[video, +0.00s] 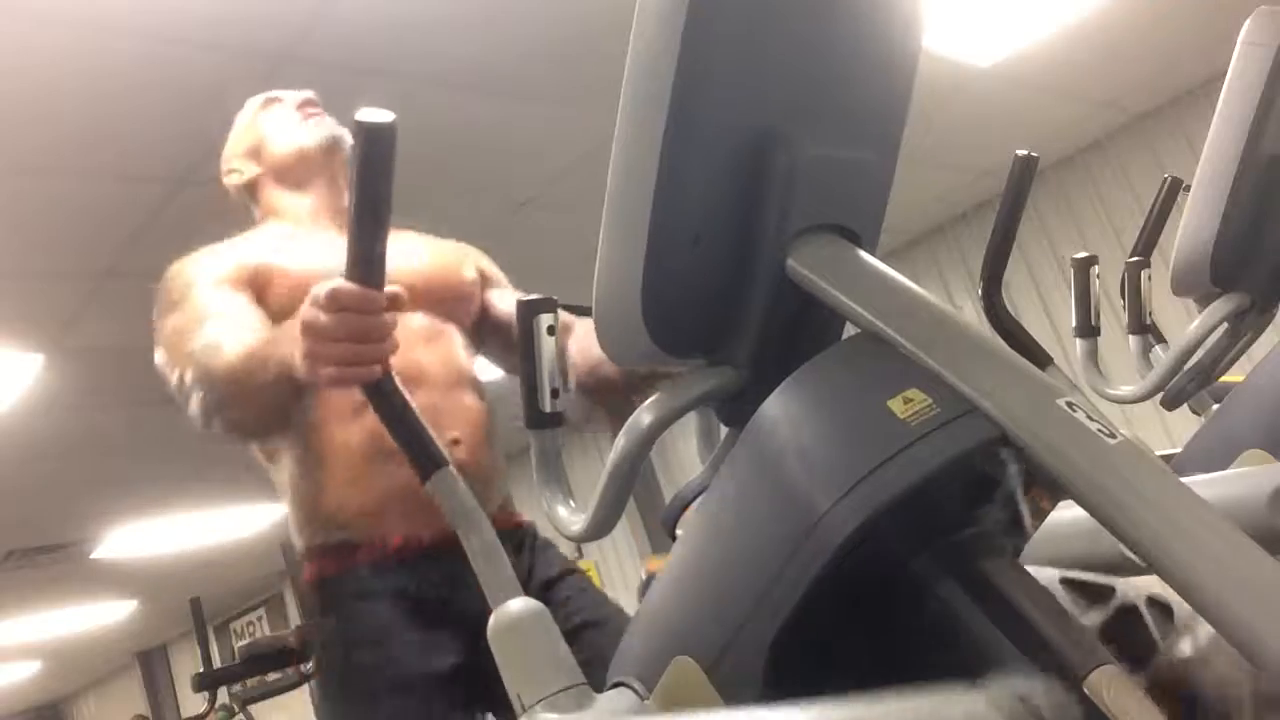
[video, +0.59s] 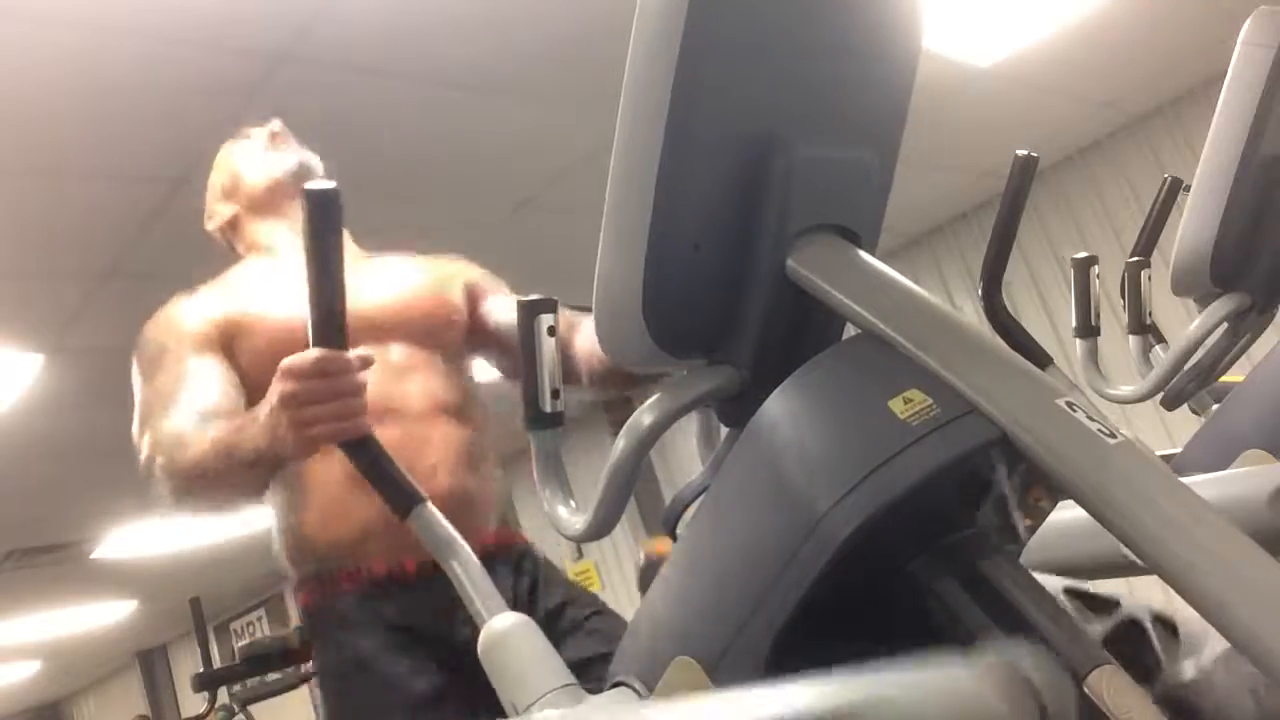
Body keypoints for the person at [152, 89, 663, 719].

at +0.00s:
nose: (310, 101)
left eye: (315, 101)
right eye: (277, 105)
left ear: (339, 151)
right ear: (240, 168)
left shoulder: (447, 257)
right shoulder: (213, 269)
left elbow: (564, 349)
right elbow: (225, 390)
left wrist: (675, 333)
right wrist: (298, 349)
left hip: (509, 555)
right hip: (370, 588)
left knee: (656, 693)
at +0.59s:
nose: (283, 131)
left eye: (292, 133)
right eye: (257, 138)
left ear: (323, 174)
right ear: (222, 209)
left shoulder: (438, 274)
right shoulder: (194, 318)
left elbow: (559, 339)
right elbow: (181, 462)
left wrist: (650, 343)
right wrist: (268, 430)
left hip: (509, 577)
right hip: (367, 615)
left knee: (667, 693)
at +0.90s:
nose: (300, 107)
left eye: (305, 110)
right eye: (267, 116)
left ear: (332, 160)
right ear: (232, 186)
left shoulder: (443, 259)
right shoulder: (215, 287)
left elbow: (569, 343)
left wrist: (675, 342)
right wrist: (292, 394)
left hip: (513, 567)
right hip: (375, 607)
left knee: (677, 684)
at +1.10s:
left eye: (388, 184)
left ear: (406, 192)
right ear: (308, 217)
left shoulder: (479, 300)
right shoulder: (278, 309)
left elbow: (593, 385)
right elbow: (260, 419)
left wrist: (648, 406)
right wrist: (325, 367)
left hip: (556, 589)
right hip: (426, 620)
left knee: (654, 705)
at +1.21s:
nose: (383, 174)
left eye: (388, 171)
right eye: (358, 175)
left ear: (421, 207)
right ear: (325, 241)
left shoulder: (517, 333)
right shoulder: (293, 344)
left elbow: (638, 447)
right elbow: (283, 481)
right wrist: (341, 385)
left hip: (576, 623)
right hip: (441, 653)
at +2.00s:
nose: (368, 134)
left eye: (379, 125)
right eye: (337, 130)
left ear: (409, 164)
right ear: (298, 187)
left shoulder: (493, 285)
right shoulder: (259, 297)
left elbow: (606, 385)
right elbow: (221, 431)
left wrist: (720, 383)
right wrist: (301, 391)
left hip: (518, 590)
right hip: (388, 610)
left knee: (598, 710)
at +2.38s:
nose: (346, 88)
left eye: (356, 87)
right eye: (308, 85)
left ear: (377, 131)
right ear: (261, 145)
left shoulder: (468, 265)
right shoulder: (222, 276)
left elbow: (587, 368)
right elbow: (195, 439)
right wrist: (291, 408)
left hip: (506, 575)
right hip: (367, 606)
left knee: (652, 698)